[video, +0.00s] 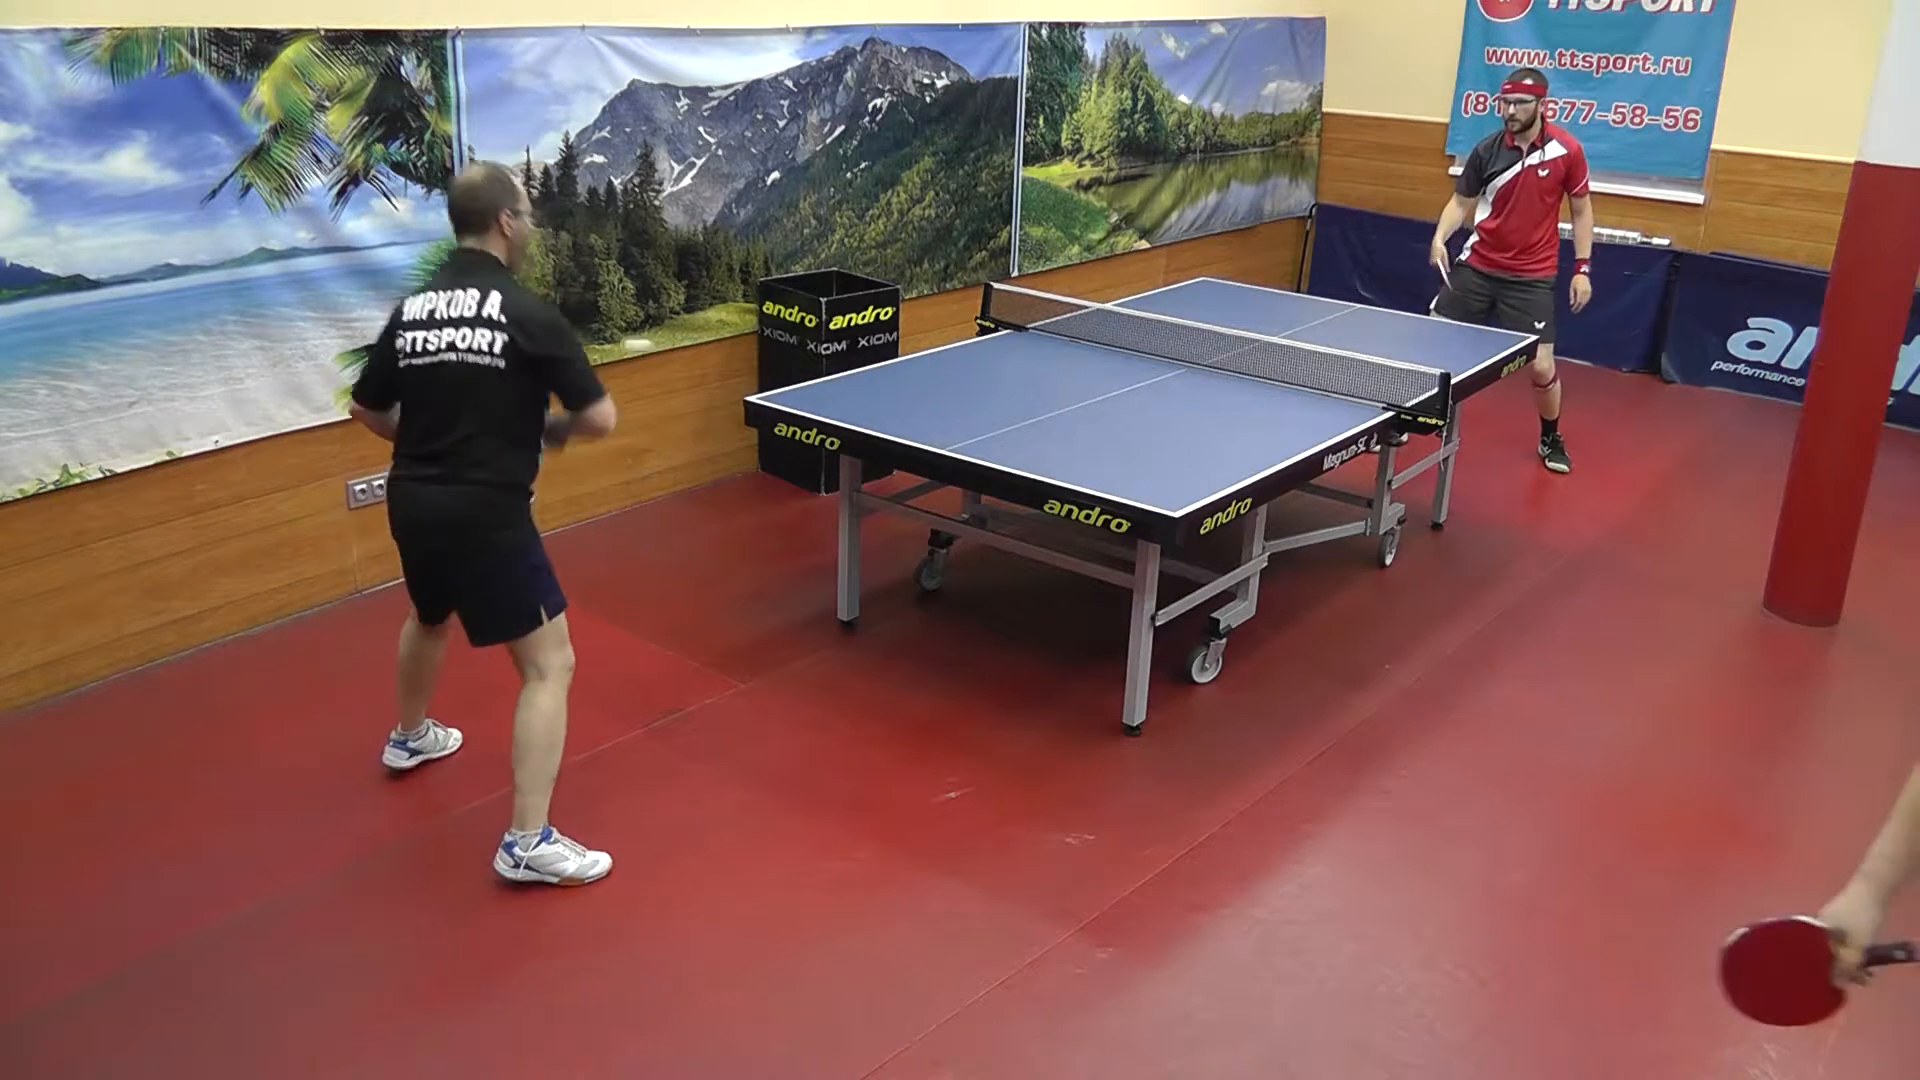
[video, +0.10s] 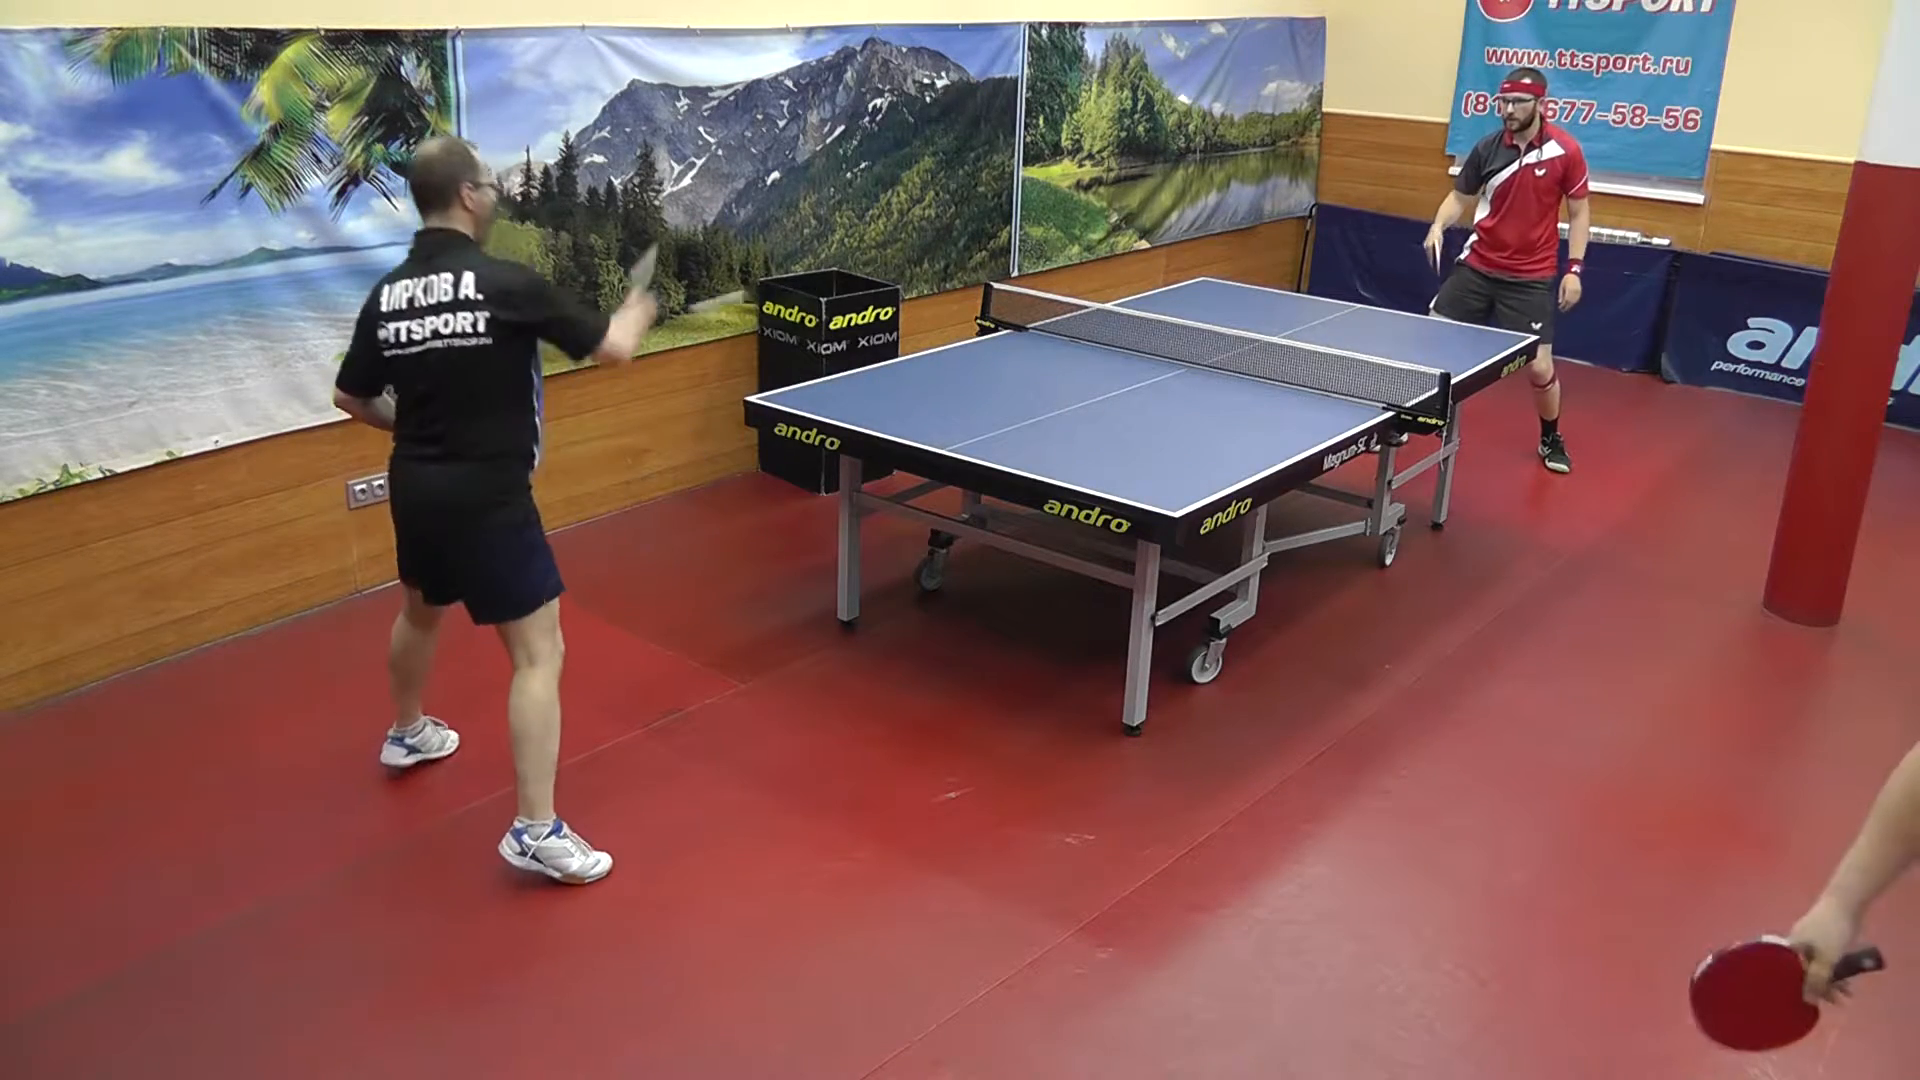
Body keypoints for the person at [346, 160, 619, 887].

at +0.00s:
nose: (531, 224)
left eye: (526, 211)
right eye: (526, 214)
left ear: (460, 225)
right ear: (506, 222)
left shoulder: (415, 307)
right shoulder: (529, 315)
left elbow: (370, 406)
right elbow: (599, 418)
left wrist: (429, 435)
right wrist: (549, 427)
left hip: (414, 505)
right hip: (490, 513)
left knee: (428, 618)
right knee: (548, 666)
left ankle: (408, 735)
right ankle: (527, 837)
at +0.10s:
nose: (495, 195)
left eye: (489, 183)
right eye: (488, 185)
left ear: (424, 201)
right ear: (468, 196)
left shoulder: (391, 293)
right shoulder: (506, 283)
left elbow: (352, 394)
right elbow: (614, 347)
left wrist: (417, 420)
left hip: (415, 489)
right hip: (491, 492)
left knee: (420, 610)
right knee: (537, 654)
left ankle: (406, 730)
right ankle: (535, 827)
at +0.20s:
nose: (465, 190)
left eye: (459, 179)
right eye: (458, 182)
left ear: (396, 206)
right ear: (441, 198)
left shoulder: (378, 299)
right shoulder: (492, 277)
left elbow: (346, 397)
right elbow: (612, 288)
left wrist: (411, 413)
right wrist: (678, 215)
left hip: (412, 496)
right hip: (486, 497)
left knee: (421, 618)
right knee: (531, 654)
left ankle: (399, 744)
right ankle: (535, 827)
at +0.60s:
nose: (464, 212)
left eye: (458, 200)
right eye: (455, 203)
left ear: (402, 222)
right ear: (428, 219)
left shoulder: (379, 300)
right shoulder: (443, 299)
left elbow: (361, 402)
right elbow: (533, 357)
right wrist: (642, 315)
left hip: (382, 502)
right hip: (438, 508)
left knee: (417, 625)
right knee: (489, 675)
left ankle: (399, 747)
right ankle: (480, 859)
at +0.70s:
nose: (481, 220)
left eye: (476, 210)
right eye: (473, 212)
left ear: (417, 233)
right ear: (446, 229)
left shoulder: (376, 313)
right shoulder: (460, 315)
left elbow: (368, 414)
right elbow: (535, 398)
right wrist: (641, 396)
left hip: (366, 512)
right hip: (427, 524)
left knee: (407, 619)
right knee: (480, 689)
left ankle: (386, 735)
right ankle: (476, 868)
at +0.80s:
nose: (497, 247)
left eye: (493, 235)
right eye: (490, 237)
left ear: (431, 250)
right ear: (462, 248)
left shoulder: (390, 317)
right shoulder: (456, 339)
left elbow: (395, 414)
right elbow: (514, 455)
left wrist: (468, 457)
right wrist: (593, 481)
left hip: (356, 525)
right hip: (409, 539)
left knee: (396, 628)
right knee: (491, 689)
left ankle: (341, 740)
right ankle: (476, 870)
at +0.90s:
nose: (487, 263)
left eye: (485, 250)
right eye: (483, 252)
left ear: (415, 259)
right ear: (463, 262)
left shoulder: (378, 323)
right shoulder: (446, 359)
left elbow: (390, 438)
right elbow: (479, 492)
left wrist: (468, 506)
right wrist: (500, 519)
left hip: (348, 527)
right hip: (403, 547)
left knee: (397, 626)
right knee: (495, 687)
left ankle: (335, 746)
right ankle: (476, 868)